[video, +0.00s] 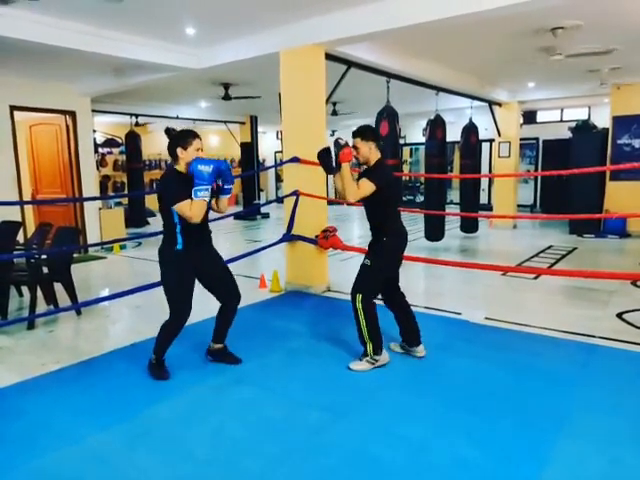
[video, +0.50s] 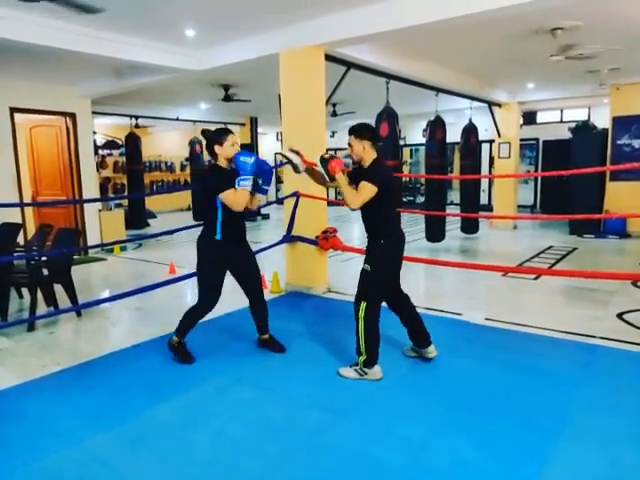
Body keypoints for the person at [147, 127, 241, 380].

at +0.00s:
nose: (201, 154)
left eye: (201, 150)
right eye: (197, 150)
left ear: (191, 152)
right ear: (180, 151)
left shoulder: (197, 177)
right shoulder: (169, 181)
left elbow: (221, 208)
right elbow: (194, 215)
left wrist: (224, 180)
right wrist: (204, 183)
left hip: (202, 251)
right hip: (176, 255)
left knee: (231, 297)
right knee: (180, 315)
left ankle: (217, 347)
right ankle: (157, 359)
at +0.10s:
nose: (202, 157)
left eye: (202, 152)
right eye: (198, 152)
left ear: (196, 154)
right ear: (181, 154)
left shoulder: (203, 179)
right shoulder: (169, 185)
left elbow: (227, 206)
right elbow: (187, 222)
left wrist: (234, 185)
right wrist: (198, 190)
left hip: (207, 253)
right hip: (179, 258)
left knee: (242, 292)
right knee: (177, 316)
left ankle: (231, 338)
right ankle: (155, 360)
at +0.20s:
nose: (210, 154)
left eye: (210, 149)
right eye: (205, 150)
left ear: (197, 153)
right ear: (189, 154)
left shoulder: (213, 176)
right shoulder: (177, 184)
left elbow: (249, 188)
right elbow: (186, 220)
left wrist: (262, 173)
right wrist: (199, 190)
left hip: (214, 251)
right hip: (184, 255)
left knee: (247, 292)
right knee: (181, 313)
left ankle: (255, 334)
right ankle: (157, 359)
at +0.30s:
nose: (222, 153)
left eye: (221, 149)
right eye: (217, 149)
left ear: (210, 153)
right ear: (202, 154)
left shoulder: (229, 175)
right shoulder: (191, 183)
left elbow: (267, 175)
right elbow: (196, 219)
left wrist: (286, 159)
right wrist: (209, 190)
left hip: (225, 250)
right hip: (195, 253)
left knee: (250, 294)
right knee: (183, 308)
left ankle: (263, 335)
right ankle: (157, 358)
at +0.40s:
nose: (235, 151)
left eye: (235, 145)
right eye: (228, 147)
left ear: (237, 147)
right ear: (212, 152)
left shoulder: (241, 174)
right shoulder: (202, 178)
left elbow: (269, 188)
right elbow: (215, 212)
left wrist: (278, 172)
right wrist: (227, 183)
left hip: (235, 247)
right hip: (207, 250)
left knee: (256, 295)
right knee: (192, 304)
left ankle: (264, 335)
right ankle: (166, 353)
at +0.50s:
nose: (238, 149)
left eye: (238, 144)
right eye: (233, 145)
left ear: (235, 146)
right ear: (217, 148)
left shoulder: (236, 172)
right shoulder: (211, 174)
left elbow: (252, 206)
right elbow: (238, 204)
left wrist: (262, 185)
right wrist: (245, 175)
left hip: (237, 243)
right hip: (213, 245)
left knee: (255, 290)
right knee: (208, 300)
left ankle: (264, 335)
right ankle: (177, 340)